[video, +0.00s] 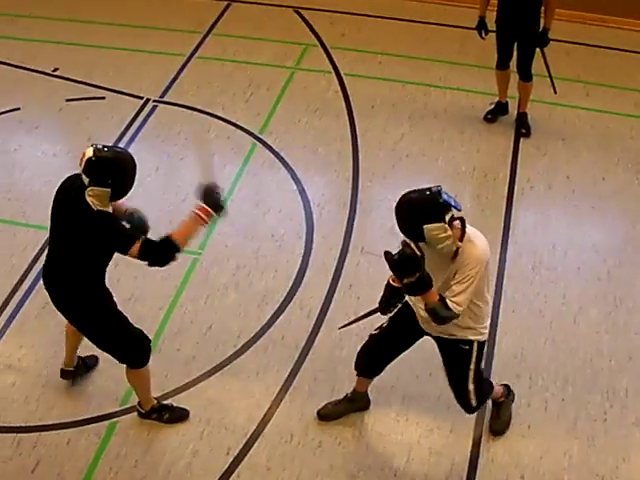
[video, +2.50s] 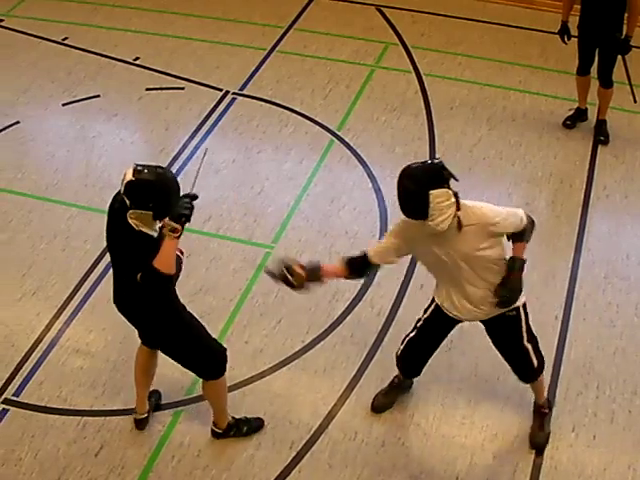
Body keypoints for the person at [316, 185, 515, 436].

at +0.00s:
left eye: (422, 238)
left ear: (440, 229)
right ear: (422, 236)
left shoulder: (474, 251)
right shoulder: (424, 238)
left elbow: (445, 315)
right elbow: (405, 266)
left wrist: (420, 285)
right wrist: (393, 290)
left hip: (461, 329)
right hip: (421, 311)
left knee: (470, 399)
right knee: (370, 355)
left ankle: (502, 395)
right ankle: (358, 396)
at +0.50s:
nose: (385, 259)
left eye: (387, 253)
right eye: (383, 255)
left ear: (407, 243)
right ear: (396, 247)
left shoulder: (444, 261)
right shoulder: (399, 251)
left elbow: (426, 328)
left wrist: (392, 299)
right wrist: (383, 289)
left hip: (445, 337)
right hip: (403, 319)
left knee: (471, 400)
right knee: (340, 357)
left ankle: (503, 395)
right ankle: (333, 394)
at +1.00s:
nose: (357, 252)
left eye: (360, 247)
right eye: (354, 247)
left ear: (381, 236)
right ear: (357, 241)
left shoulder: (412, 250)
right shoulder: (358, 234)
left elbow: (422, 321)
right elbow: (299, 236)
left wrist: (380, 302)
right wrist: (284, 283)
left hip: (435, 317)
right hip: (389, 306)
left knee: (453, 373)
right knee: (346, 360)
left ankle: (471, 401)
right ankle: (336, 390)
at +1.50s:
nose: (405, 261)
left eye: (409, 255)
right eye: (400, 257)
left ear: (430, 236)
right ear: (396, 252)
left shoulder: (457, 253)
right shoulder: (398, 258)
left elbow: (490, 307)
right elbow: (399, 301)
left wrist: (440, 302)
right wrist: (426, 340)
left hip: (475, 324)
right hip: (430, 317)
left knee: (494, 392)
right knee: (379, 354)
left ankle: (512, 404)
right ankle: (365, 391)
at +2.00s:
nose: (455, 214)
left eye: (458, 207)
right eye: (453, 208)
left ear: (475, 199)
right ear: (456, 203)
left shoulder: (508, 233)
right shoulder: (459, 219)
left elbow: (528, 302)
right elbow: (453, 262)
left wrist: (473, 286)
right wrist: (432, 298)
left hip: (505, 325)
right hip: (466, 309)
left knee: (515, 383)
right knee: (424, 349)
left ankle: (530, 408)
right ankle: (402, 387)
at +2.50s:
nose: (438, 219)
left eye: (441, 210)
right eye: (428, 214)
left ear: (449, 202)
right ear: (415, 213)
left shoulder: (479, 217)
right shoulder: (408, 232)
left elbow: (524, 224)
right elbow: (362, 264)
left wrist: (515, 270)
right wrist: (314, 273)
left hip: (497, 301)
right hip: (450, 299)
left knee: (524, 363)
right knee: (409, 356)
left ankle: (543, 403)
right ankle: (402, 383)